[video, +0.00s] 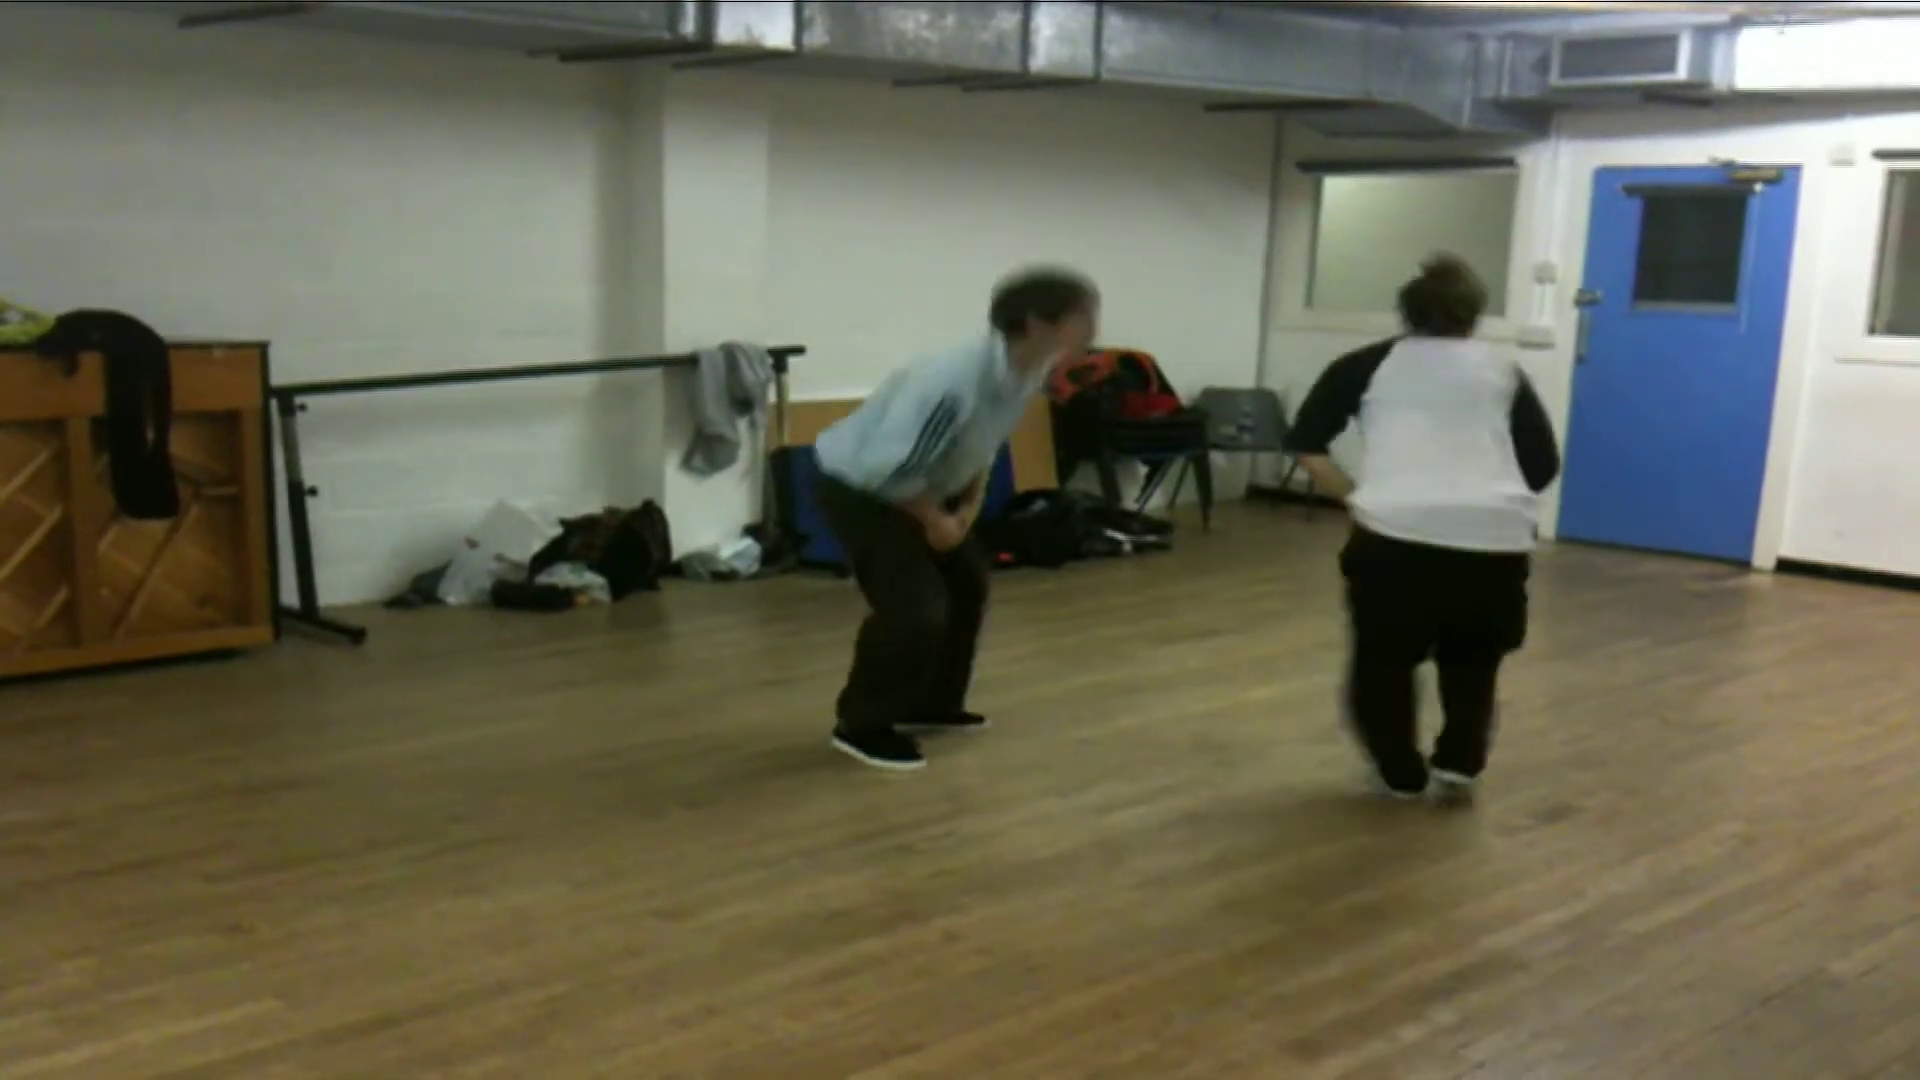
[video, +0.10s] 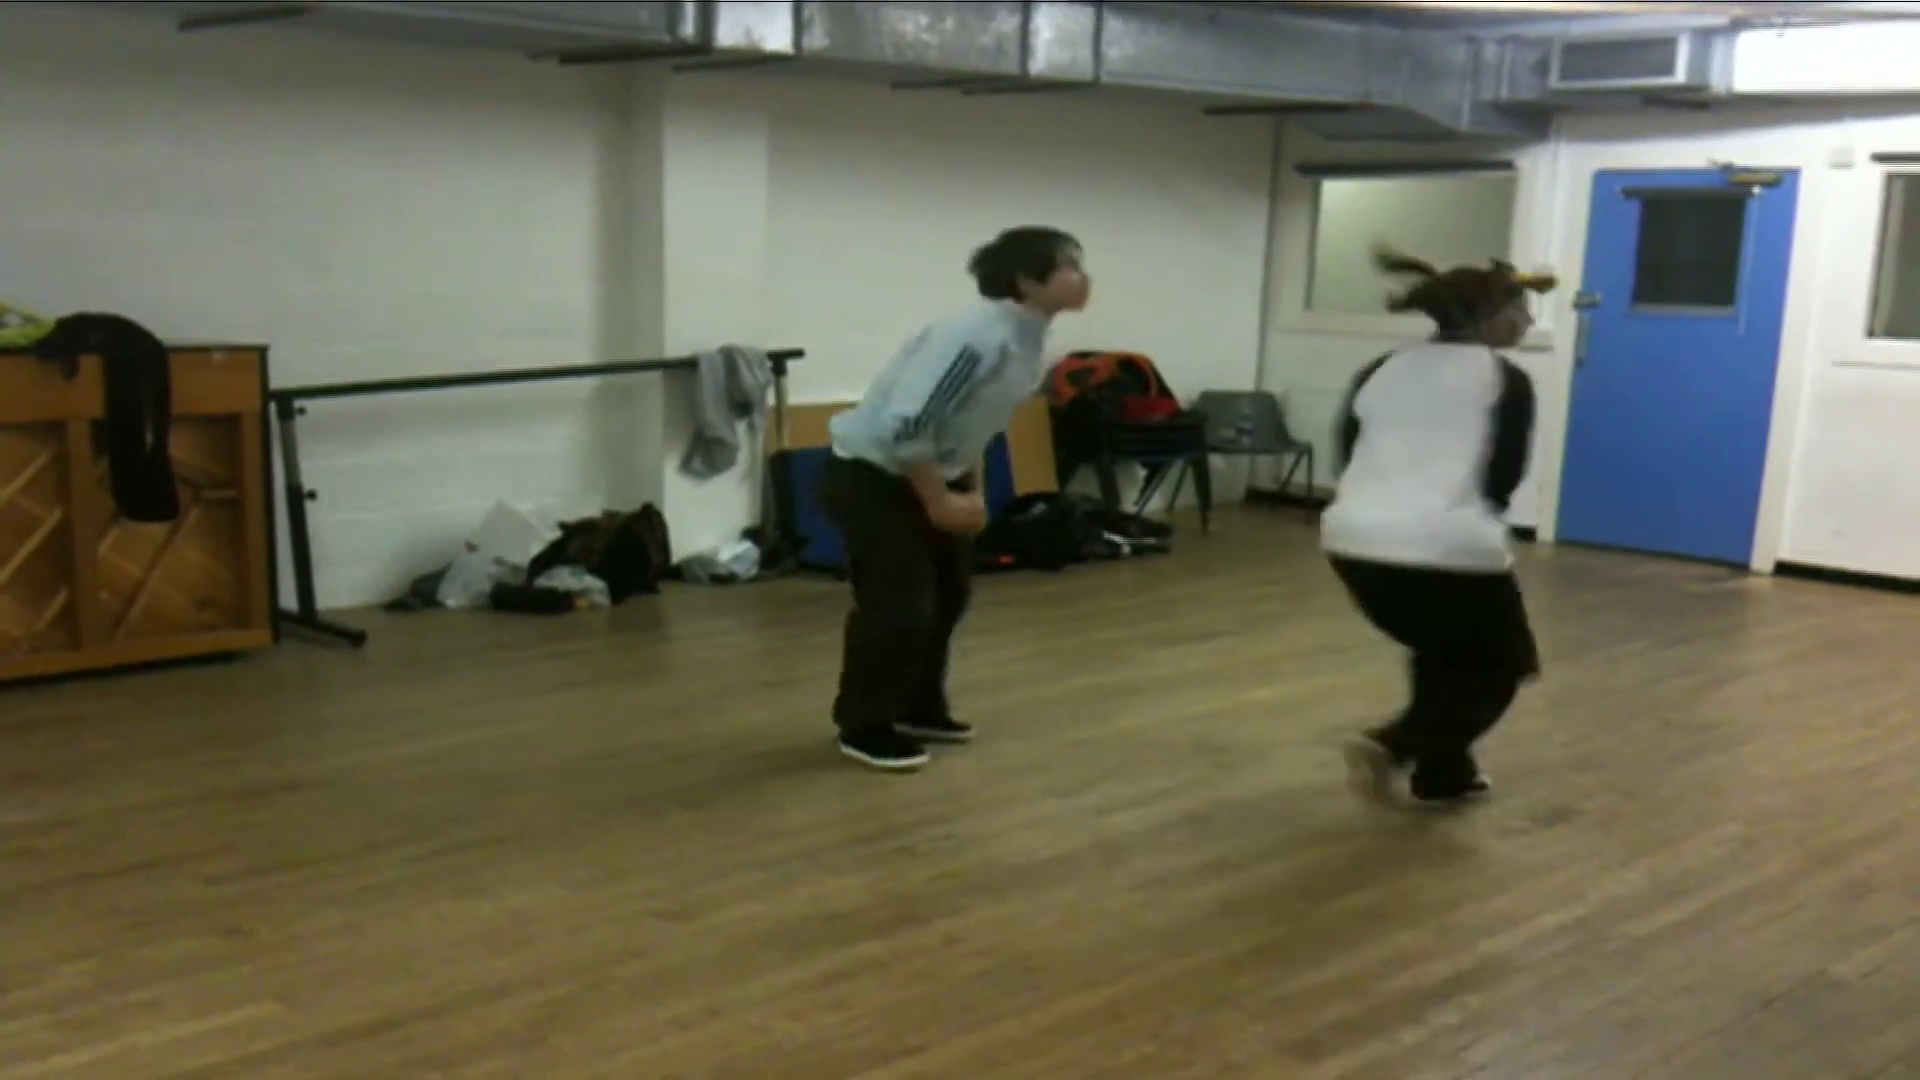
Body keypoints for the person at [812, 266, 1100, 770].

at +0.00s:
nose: (1088, 336)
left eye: (1088, 323)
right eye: (1080, 322)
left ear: (1038, 325)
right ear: (1036, 325)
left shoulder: (1025, 374)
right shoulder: (955, 379)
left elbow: (982, 447)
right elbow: (884, 472)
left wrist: (968, 506)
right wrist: (931, 517)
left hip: (912, 484)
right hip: (852, 480)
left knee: (965, 580)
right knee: (913, 599)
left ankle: (935, 701)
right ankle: (861, 722)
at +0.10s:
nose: (1083, 276)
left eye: (1079, 265)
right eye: (1070, 267)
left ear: (1037, 283)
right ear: (1029, 282)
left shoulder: (1028, 341)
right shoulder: (976, 337)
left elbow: (973, 421)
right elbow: (905, 427)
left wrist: (972, 490)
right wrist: (938, 501)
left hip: (921, 472)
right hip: (865, 469)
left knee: (945, 589)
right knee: (898, 594)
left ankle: (919, 705)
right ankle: (862, 725)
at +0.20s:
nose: (1064, 259)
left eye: (1056, 250)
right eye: (1049, 255)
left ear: (1021, 281)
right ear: (1015, 279)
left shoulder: (1018, 337)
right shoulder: (967, 338)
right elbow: (889, 417)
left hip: (940, 494)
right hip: (896, 490)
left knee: (946, 596)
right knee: (896, 606)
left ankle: (897, 701)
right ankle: (857, 720)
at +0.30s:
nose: (1038, 226)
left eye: (1030, 217)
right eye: (1023, 220)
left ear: (994, 243)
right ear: (990, 242)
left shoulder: (1007, 301)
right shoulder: (965, 303)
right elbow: (880, 356)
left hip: (962, 474)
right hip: (915, 474)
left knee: (968, 586)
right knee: (916, 596)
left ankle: (916, 693)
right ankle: (857, 713)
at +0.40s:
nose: (1016, 219)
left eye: (1008, 209)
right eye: (1000, 212)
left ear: (971, 238)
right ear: (964, 236)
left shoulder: (992, 288)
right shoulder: (945, 292)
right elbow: (908, 313)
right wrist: (867, 313)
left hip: (987, 459)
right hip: (944, 468)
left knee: (1046, 527)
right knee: (937, 607)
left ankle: (964, 617)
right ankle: (848, 720)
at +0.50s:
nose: (1002, 250)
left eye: (998, 242)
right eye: (988, 244)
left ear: (987, 259)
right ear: (942, 264)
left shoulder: (990, 305)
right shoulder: (918, 331)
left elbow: (1012, 258)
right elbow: (926, 331)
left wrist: (1035, 210)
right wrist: (938, 296)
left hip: (1014, 470)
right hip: (958, 490)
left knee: (1107, 489)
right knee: (968, 622)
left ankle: (1036, 581)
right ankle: (871, 739)